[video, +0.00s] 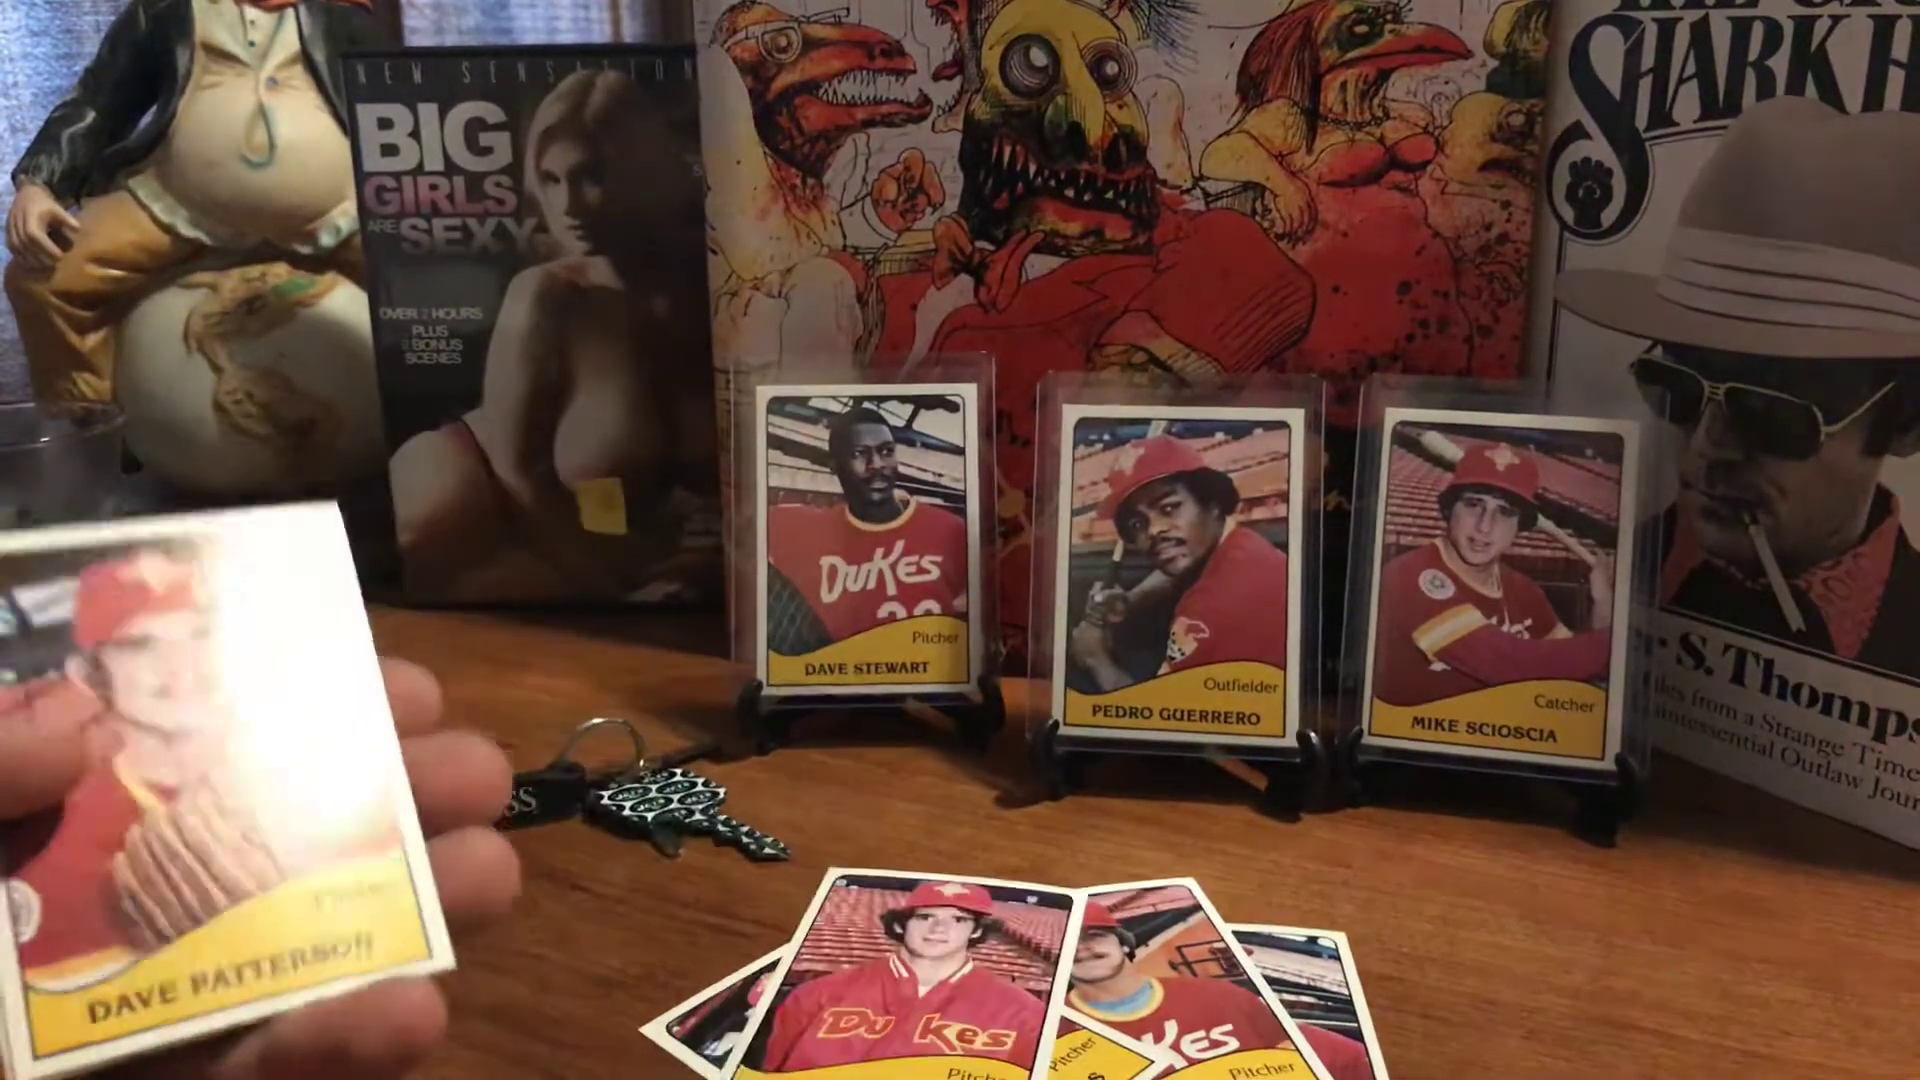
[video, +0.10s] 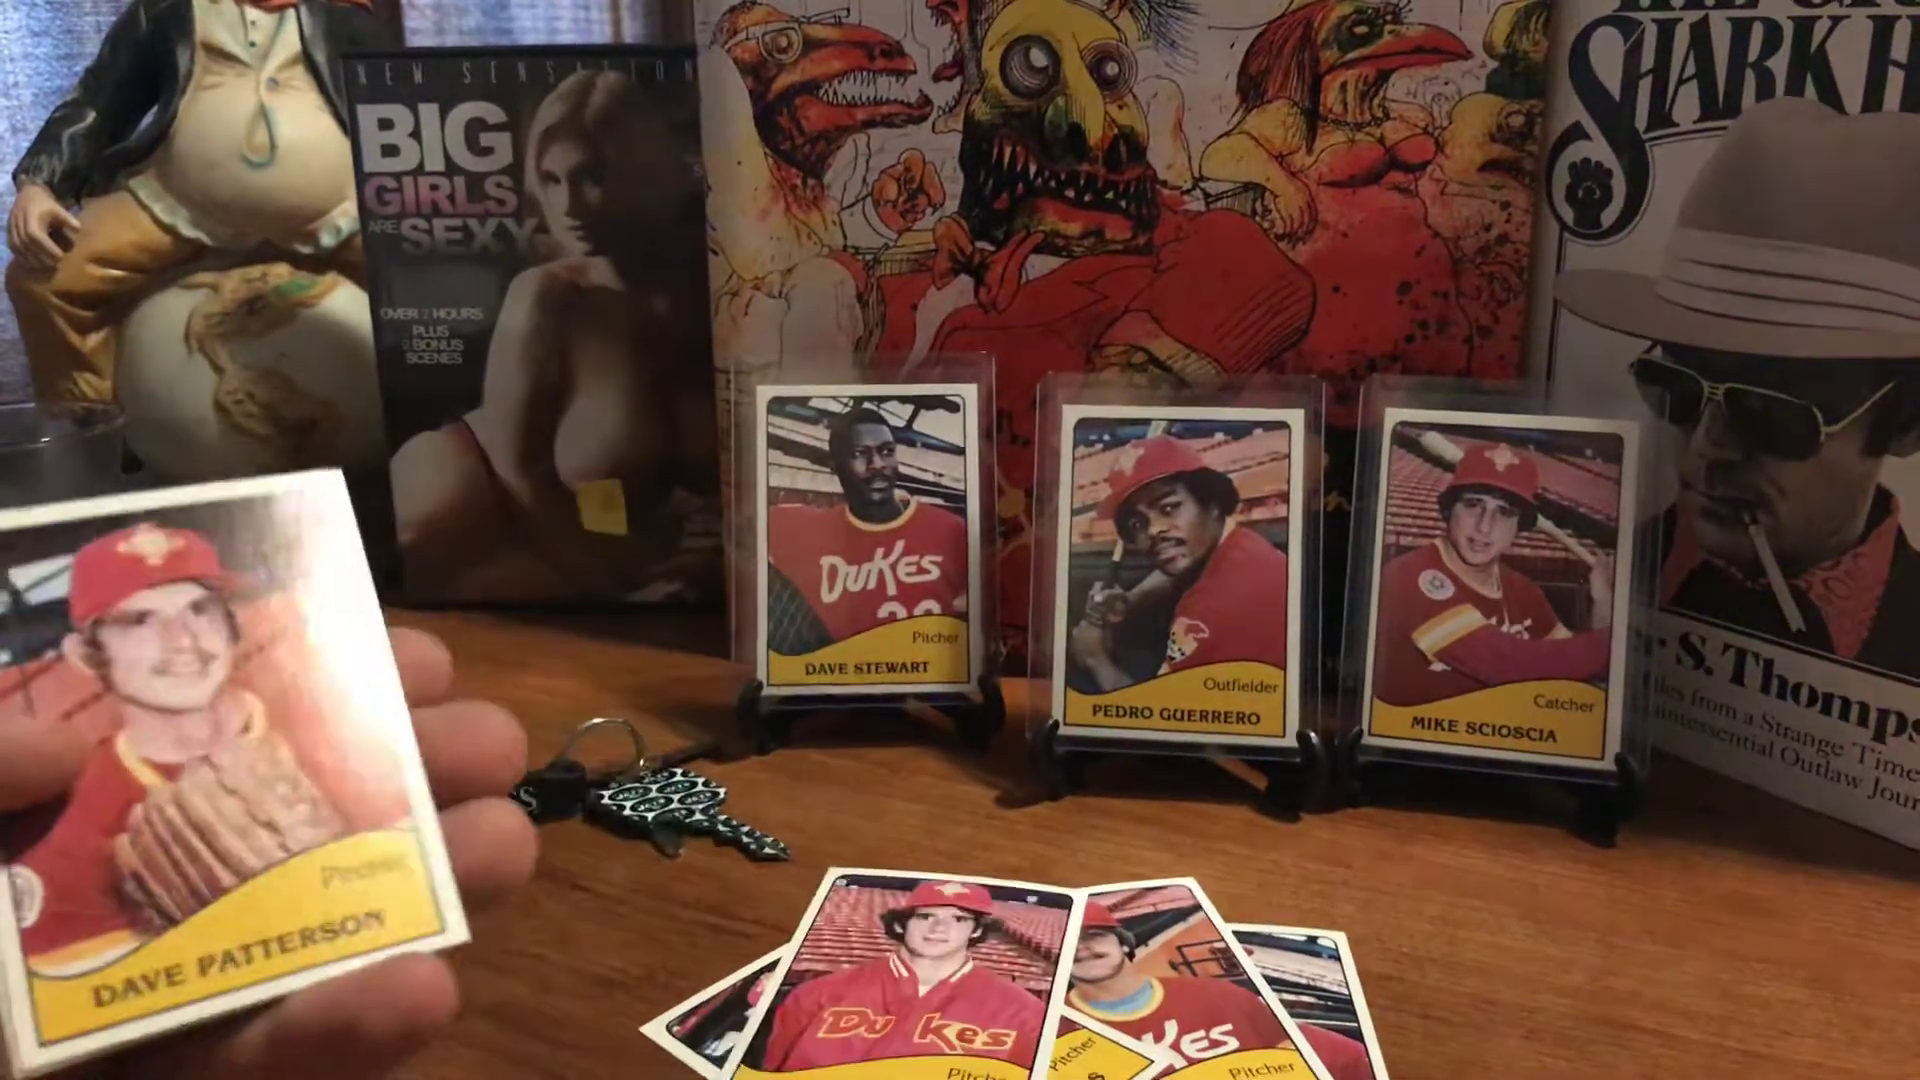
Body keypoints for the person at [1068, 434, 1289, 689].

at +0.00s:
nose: (1155, 530)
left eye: (1169, 508)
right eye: (1139, 523)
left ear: (1212, 504)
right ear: (1133, 539)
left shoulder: (1209, 607)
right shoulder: (1247, 545)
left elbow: (1161, 719)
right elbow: (1183, 566)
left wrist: (1097, 661)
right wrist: (1131, 601)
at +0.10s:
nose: (1155, 530)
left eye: (1169, 508)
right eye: (1139, 523)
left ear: (1212, 505)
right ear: (1133, 539)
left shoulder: (1209, 608)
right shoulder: (1247, 545)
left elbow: (1161, 718)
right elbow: (1182, 566)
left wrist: (1097, 661)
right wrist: (1131, 602)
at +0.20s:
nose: (1155, 529)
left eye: (1169, 507)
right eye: (1139, 522)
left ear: (1213, 504)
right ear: (1133, 538)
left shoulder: (1209, 607)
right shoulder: (1247, 544)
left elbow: (1161, 719)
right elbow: (1183, 566)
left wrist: (1097, 660)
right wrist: (1132, 601)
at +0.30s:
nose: (1155, 530)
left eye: (1169, 508)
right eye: (1139, 523)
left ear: (1212, 504)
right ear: (1133, 538)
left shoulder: (1209, 608)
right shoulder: (1246, 544)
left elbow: (1160, 719)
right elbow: (1183, 566)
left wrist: (1097, 660)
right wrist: (1131, 601)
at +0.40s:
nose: (1155, 531)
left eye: (1169, 509)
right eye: (1139, 524)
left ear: (1212, 505)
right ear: (1133, 541)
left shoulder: (1210, 608)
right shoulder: (1246, 545)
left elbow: (1160, 720)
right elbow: (1183, 567)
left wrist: (1096, 662)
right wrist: (1131, 602)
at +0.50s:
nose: (1155, 531)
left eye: (1169, 509)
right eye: (1139, 524)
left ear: (1212, 504)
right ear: (1133, 539)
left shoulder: (1212, 605)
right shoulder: (1247, 545)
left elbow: (1160, 718)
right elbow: (1182, 566)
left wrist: (1096, 662)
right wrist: (1132, 602)